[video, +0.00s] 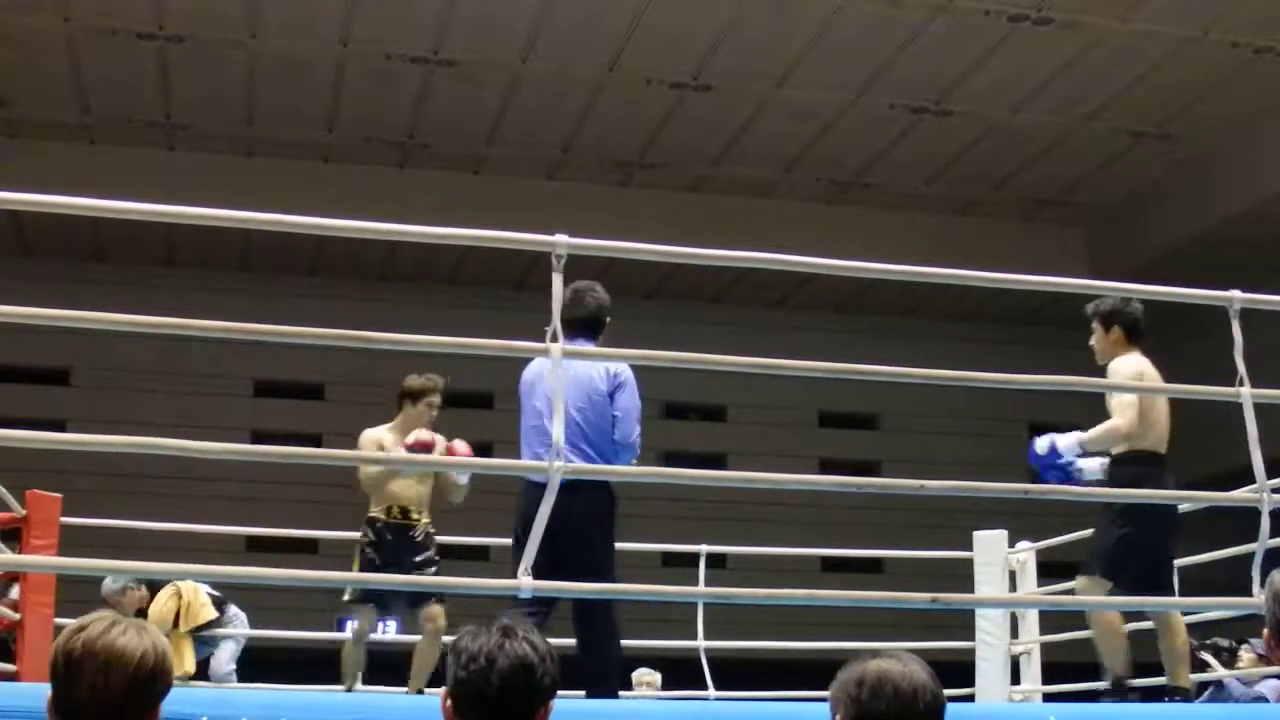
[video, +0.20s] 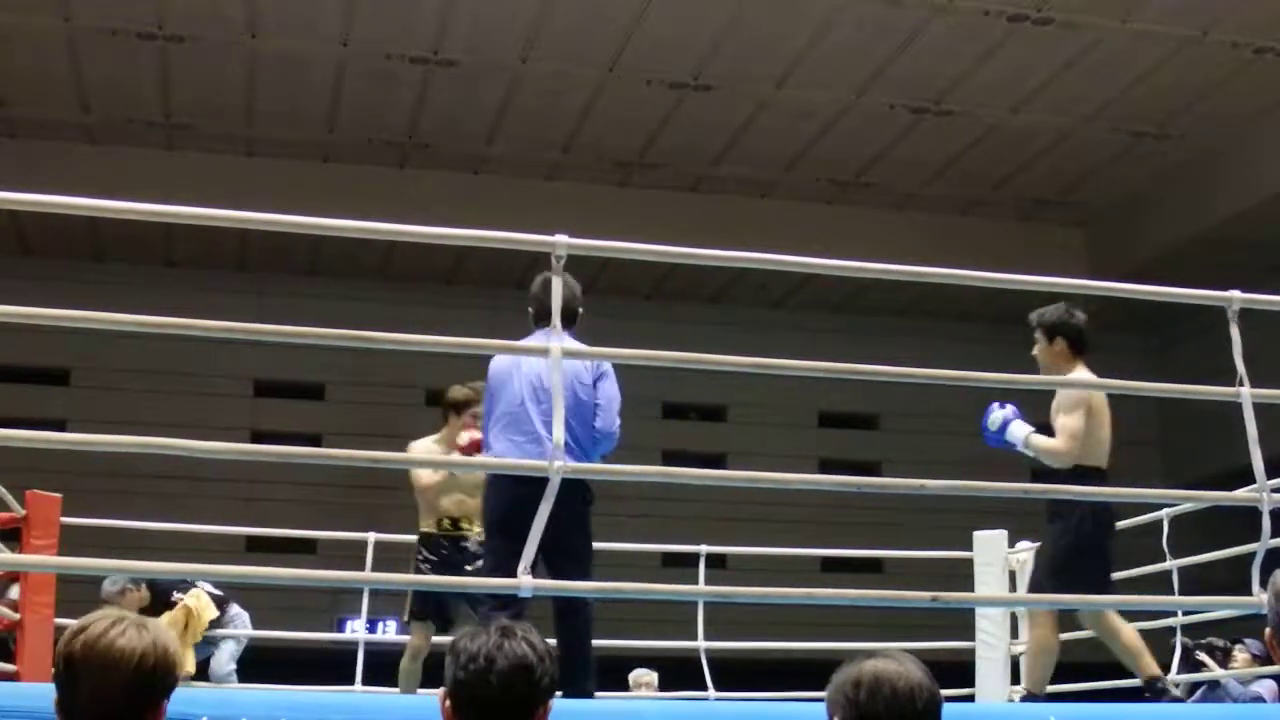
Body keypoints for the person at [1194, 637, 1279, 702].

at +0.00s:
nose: (1239, 654)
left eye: (1247, 651)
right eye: (1240, 650)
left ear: (1263, 659)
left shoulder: (1273, 684)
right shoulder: (1222, 685)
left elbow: (1253, 701)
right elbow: (1197, 707)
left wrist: (1223, 674)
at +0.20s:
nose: (1233, 654)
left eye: (1241, 651)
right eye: (1233, 650)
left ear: (1257, 661)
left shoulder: (1267, 684)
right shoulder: (1214, 686)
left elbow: (1249, 701)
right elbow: (1187, 707)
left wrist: (1218, 672)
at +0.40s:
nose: (1226, 654)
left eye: (1234, 651)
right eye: (1225, 651)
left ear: (1249, 661)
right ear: (1221, 656)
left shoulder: (1260, 685)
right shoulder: (1204, 687)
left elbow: (1238, 699)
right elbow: (1171, 712)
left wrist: (1210, 671)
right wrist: (1177, 684)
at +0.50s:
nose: (1223, 654)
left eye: (1231, 652)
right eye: (1222, 651)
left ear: (1245, 660)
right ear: (1217, 655)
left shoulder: (1257, 686)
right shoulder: (1201, 687)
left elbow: (1235, 700)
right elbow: (1167, 711)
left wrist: (1207, 672)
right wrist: (1174, 684)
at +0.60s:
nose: (1220, 654)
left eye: (1228, 652)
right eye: (1219, 651)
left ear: (1242, 661)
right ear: (1213, 656)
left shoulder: (1253, 686)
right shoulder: (1197, 687)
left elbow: (1236, 703)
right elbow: (1165, 712)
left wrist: (1205, 673)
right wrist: (1171, 685)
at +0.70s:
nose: (1218, 655)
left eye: (1226, 652)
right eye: (1217, 651)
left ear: (1240, 662)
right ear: (1212, 657)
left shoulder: (1251, 686)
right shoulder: (1194, 687)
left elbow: (1237, 705)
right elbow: (1162, 712)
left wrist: (1204, 675)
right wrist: (1168, 686)